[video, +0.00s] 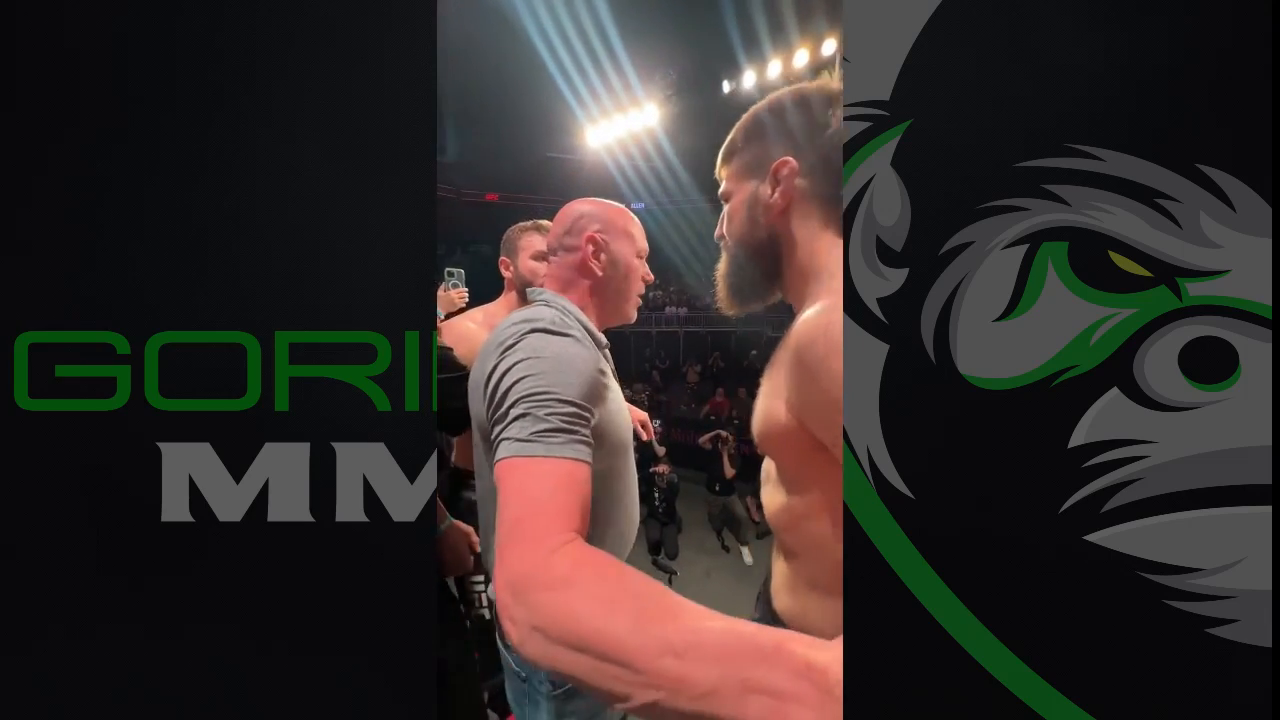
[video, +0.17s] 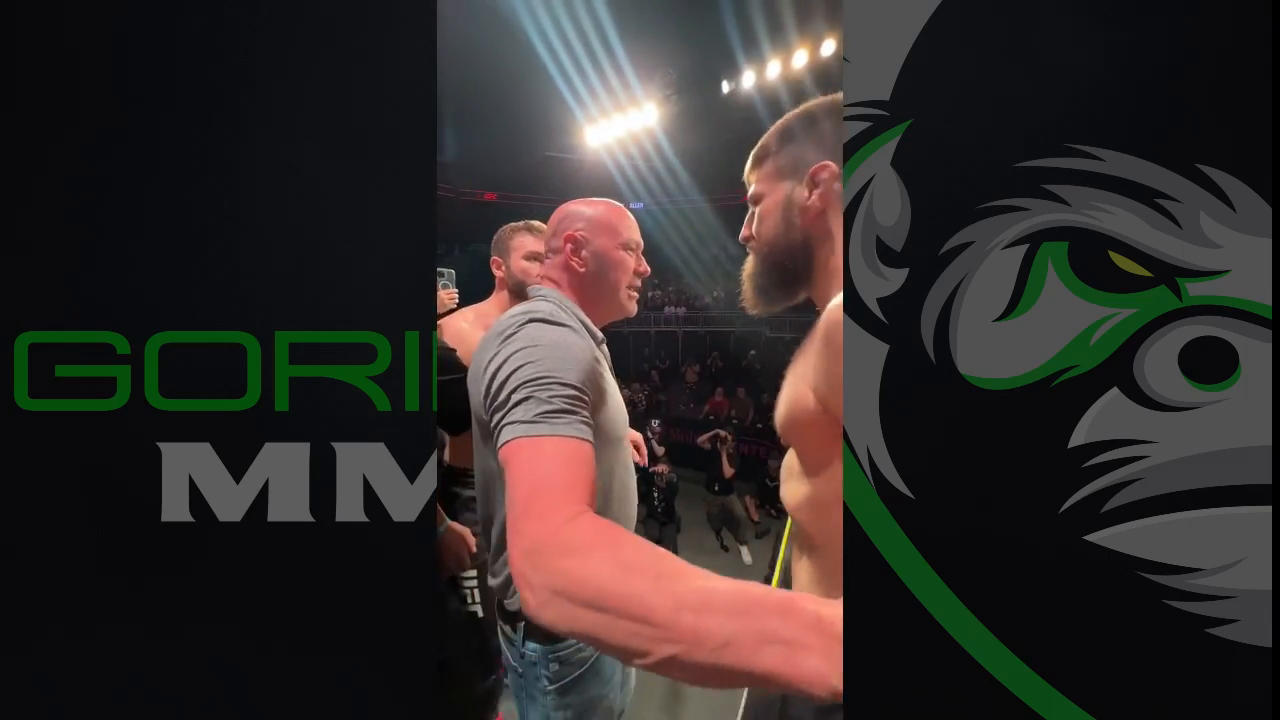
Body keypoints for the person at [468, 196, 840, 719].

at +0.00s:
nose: (650, 277)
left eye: (648, 261)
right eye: (641, 257)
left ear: (592, 257)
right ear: (595, 254)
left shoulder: (545, 333)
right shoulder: (549, 344)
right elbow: (538, 590)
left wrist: (614, 412)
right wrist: (818, 680)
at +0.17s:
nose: (646, 267)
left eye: (642, 253)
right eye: (631, 249)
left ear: (574, 252)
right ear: (575, 250)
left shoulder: (561, 330)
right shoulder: (543, 337)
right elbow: (557, 565)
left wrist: (612, 438)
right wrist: (829, 645)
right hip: (560, 650)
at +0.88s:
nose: (646, 269)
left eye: (642, 255)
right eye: (632, 253)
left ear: (583, 259)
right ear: (581, 255)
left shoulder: (565, 331)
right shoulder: (545, 338)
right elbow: (629, 515)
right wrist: (846, 543)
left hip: (579, 577)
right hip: (548, 604)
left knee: (575, 700)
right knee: (559, 712)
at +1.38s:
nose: (661, 287)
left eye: (661, 273)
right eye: (653, 272)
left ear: (605, 267)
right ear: (607, 265)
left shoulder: (562, 328)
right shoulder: (576, 348)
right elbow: (620, 501)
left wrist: (661, 513)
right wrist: (768, 491)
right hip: (556, 556)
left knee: (560, 659)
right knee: (561, 700)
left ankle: (568, 707)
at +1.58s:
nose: (645, 288)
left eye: (646, 275)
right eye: (638, 273)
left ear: (592, 267)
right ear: (595, 266)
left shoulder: (555, 321)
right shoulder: (572, 347)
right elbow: (652, 469)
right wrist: (770, 463)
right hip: (552, 547)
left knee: (557, 651)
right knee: (561, 701)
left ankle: (567, 707)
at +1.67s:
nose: (637, 287)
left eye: (637, 274)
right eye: (629, 272)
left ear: (583, 267)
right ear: (586, 266)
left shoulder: (544, 321)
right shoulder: (569, 344)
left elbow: (592, 420)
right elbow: (655, 458)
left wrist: (650, 466)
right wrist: (774, 460)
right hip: (553, 546)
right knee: (573, 702)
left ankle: (540, 711)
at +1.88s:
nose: (611, 279)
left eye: (611, 267)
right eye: (602, 266)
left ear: (554, 264)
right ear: (558, 262)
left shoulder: (523, 320)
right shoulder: (549, 334)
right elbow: (640, 441)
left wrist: (639, 450)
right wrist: (764, 448)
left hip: (519, 528)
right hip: (544, 539)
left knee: (524, 643)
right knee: (586, 690)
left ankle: (519, 711)